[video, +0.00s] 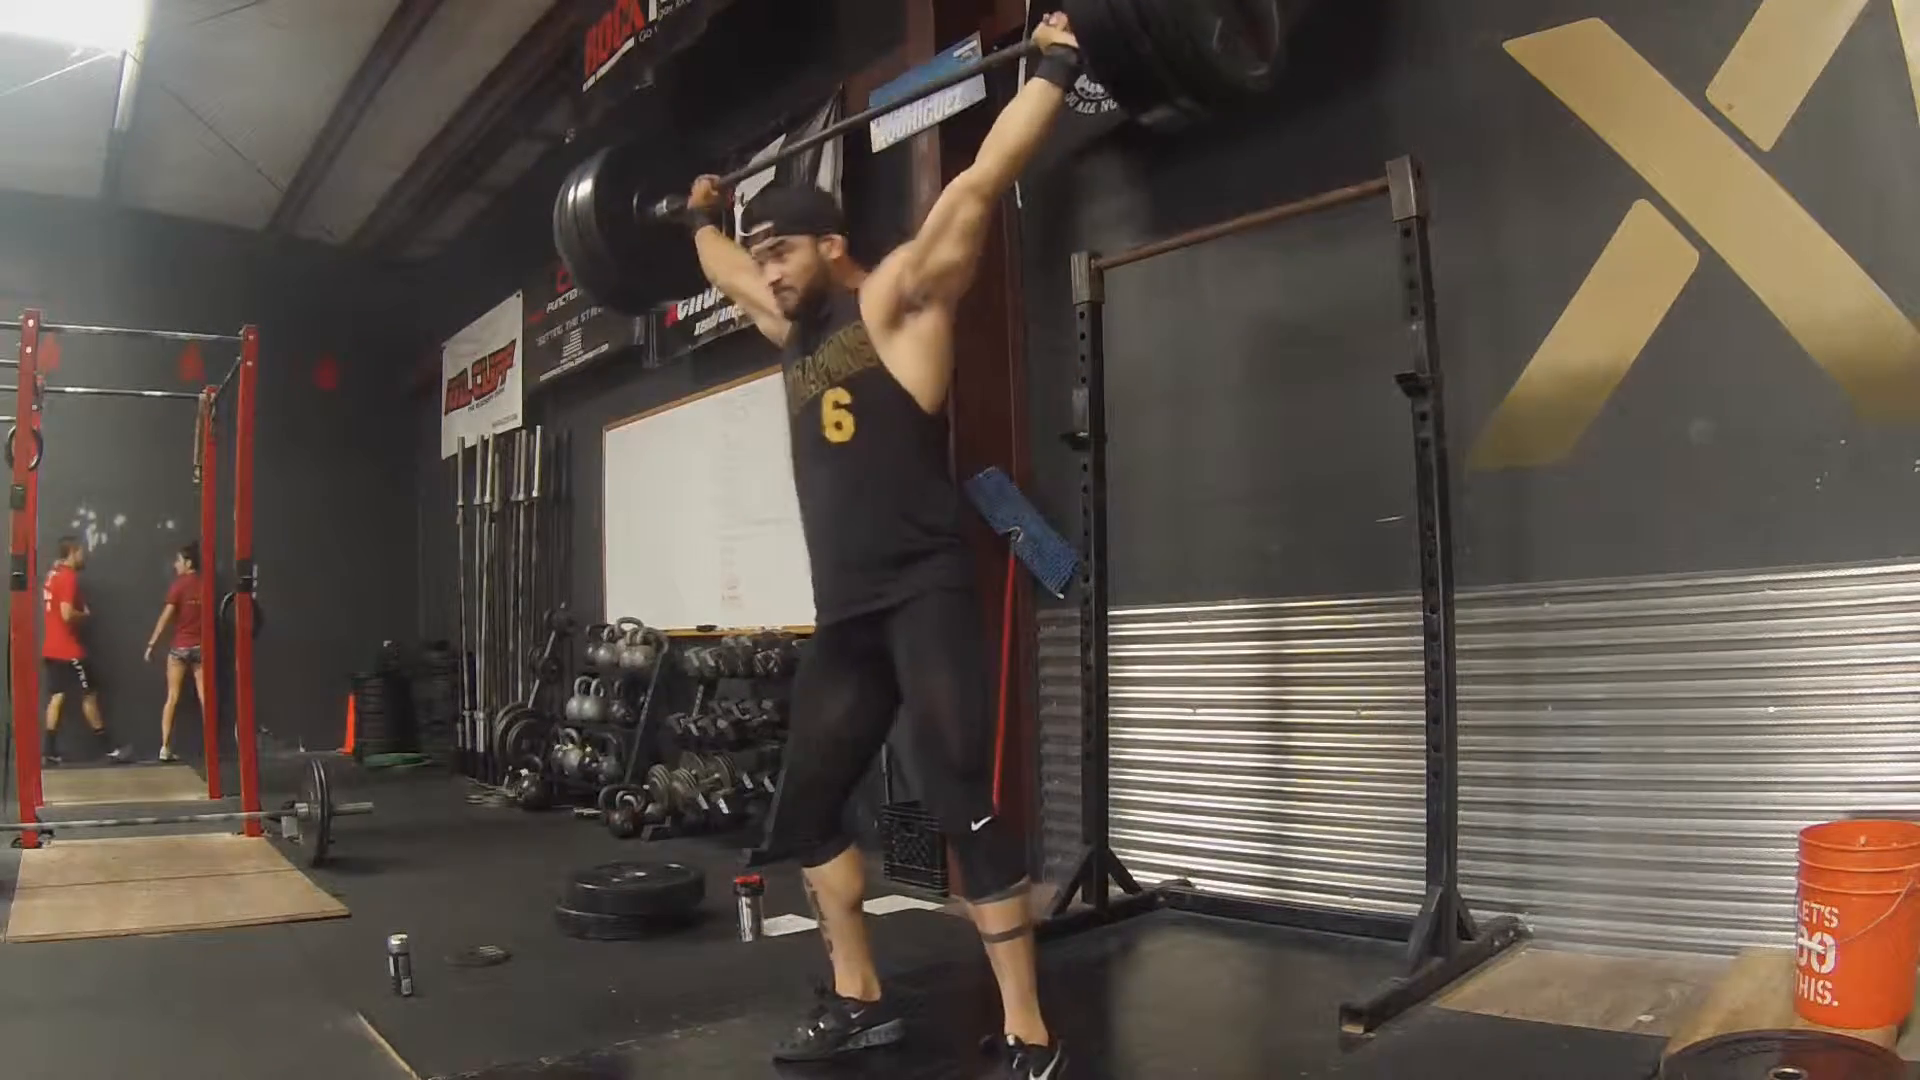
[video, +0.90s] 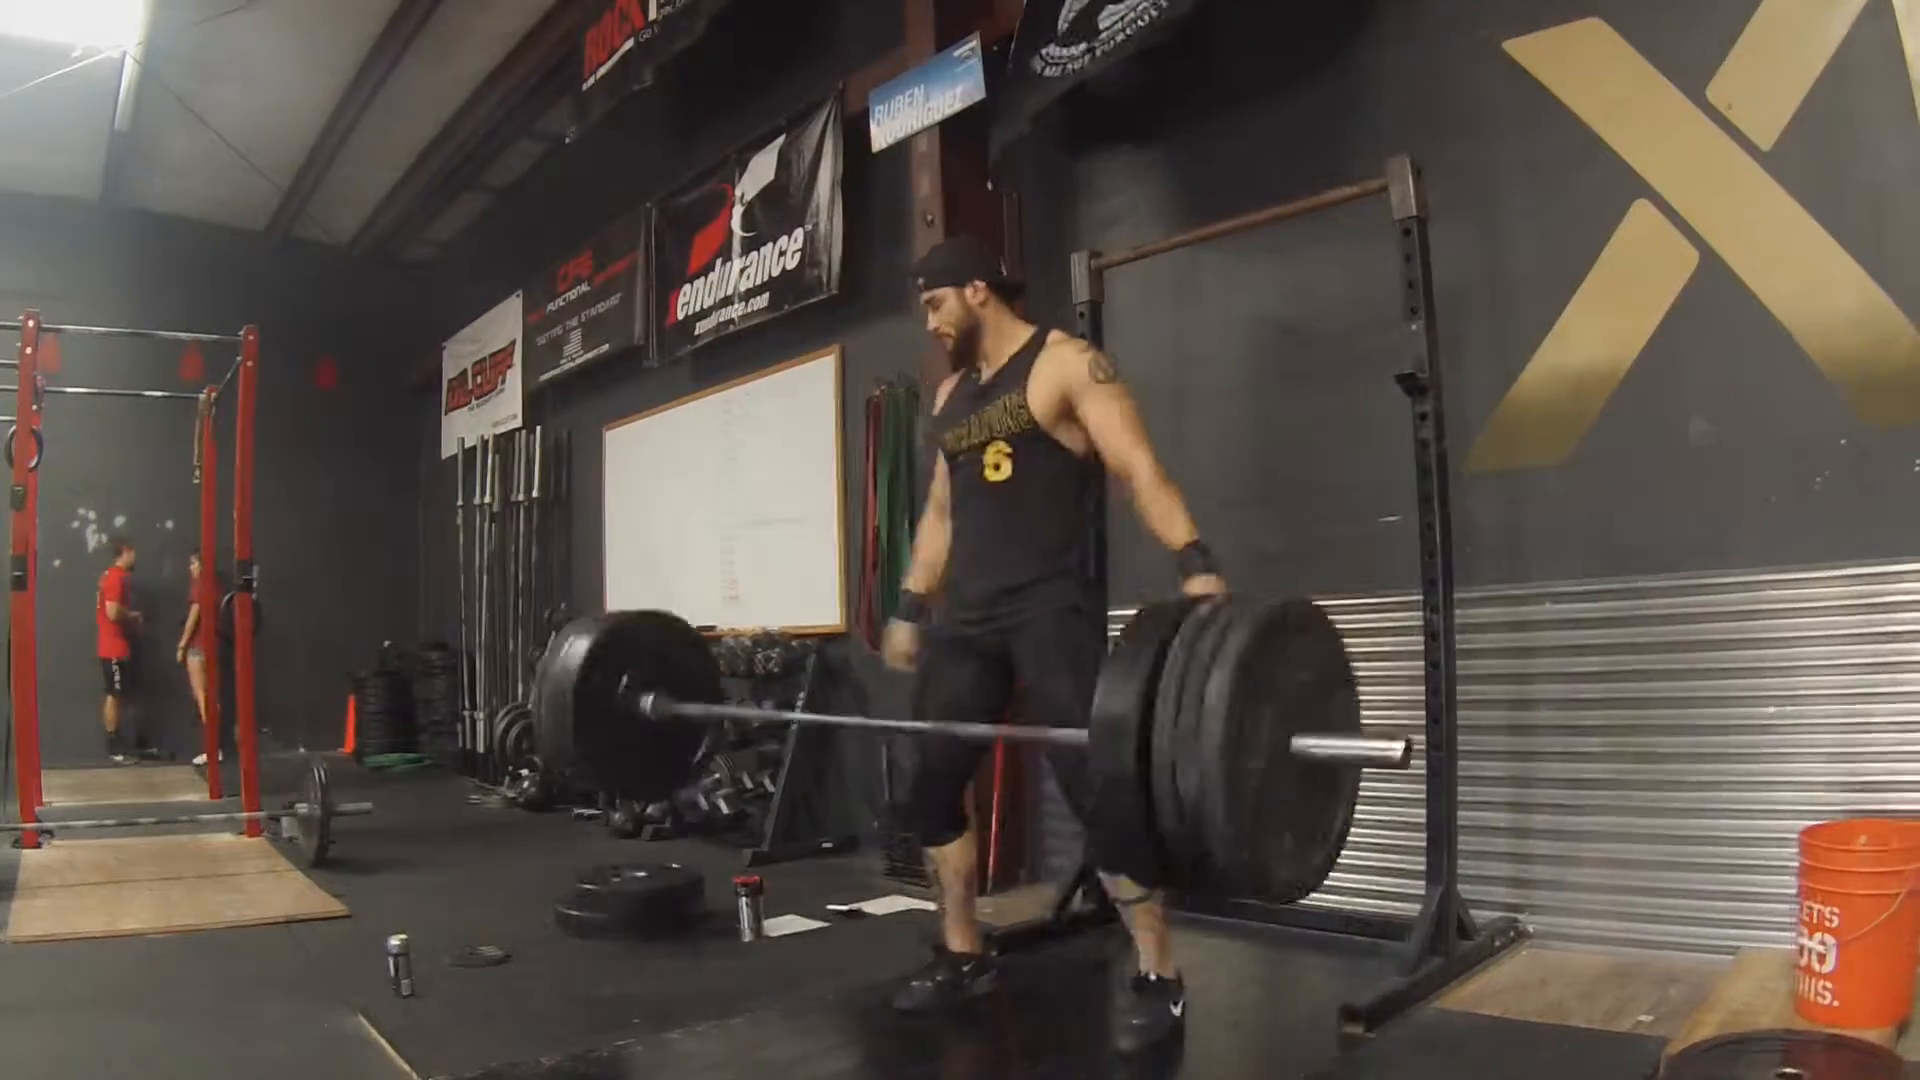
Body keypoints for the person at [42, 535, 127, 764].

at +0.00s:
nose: (84, 557)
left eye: (83, 552)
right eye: (82, 553)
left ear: (66, 553)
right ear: (72, 553)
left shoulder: (52, 574)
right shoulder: (68, 576)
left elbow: (52, 608)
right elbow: (67, 613)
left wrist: (75, 611)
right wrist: (84, 614)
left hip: (51, 647)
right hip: (69, 648)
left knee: (57, 694)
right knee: (88, 693)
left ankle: (49, 749)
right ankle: (107, 746)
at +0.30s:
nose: (105, 556)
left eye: (104, 551)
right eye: (103, 552)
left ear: (89, 553)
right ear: (95, 553)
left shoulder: (76, 575)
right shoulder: (94, 577)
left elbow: (77, 608)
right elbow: (99, 613)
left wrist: (105, 613)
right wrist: (117, 613)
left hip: (79, 648)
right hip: (96, 650)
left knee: (80, 694)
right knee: (103, 696)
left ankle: (58, 739)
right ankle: (112, 748)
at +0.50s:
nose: (119, 556)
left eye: (118, 552)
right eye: (116, 552)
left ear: (102, 552)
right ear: (106, 552)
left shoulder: (89, 574)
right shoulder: (105, 576)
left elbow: (92, 608)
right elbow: (111, 612)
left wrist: (121, 615)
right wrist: (129, 612)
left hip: (93, 647)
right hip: (106, 648)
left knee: (101, 693)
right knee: (109, 695)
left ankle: (82, 736)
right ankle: (112, 747)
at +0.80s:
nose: (128, 557)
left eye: (128, 552)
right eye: (126, 552)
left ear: (115, 552)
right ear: (119, 552)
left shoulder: (104, 576)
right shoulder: (113, 577)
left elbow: (107, 609)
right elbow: (113, 610)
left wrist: (129, 614)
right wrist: (133, 613)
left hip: (105, 645)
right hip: (111, 647)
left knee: (111, 695)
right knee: (113, 695)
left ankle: (113, 743)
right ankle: (114, 746)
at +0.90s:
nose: (133, 557)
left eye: (133, 552)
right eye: (131, 552)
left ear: (122, 553)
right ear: (121, 553)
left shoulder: (114, 576)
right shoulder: (114, 577)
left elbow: (112, 609)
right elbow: (112, 611)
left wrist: (130, 617)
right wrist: (132, 615)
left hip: (117, 645)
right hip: (113, 646)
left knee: (119, 695)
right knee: (114, 695)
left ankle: (117, 742)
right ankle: (113, 745)